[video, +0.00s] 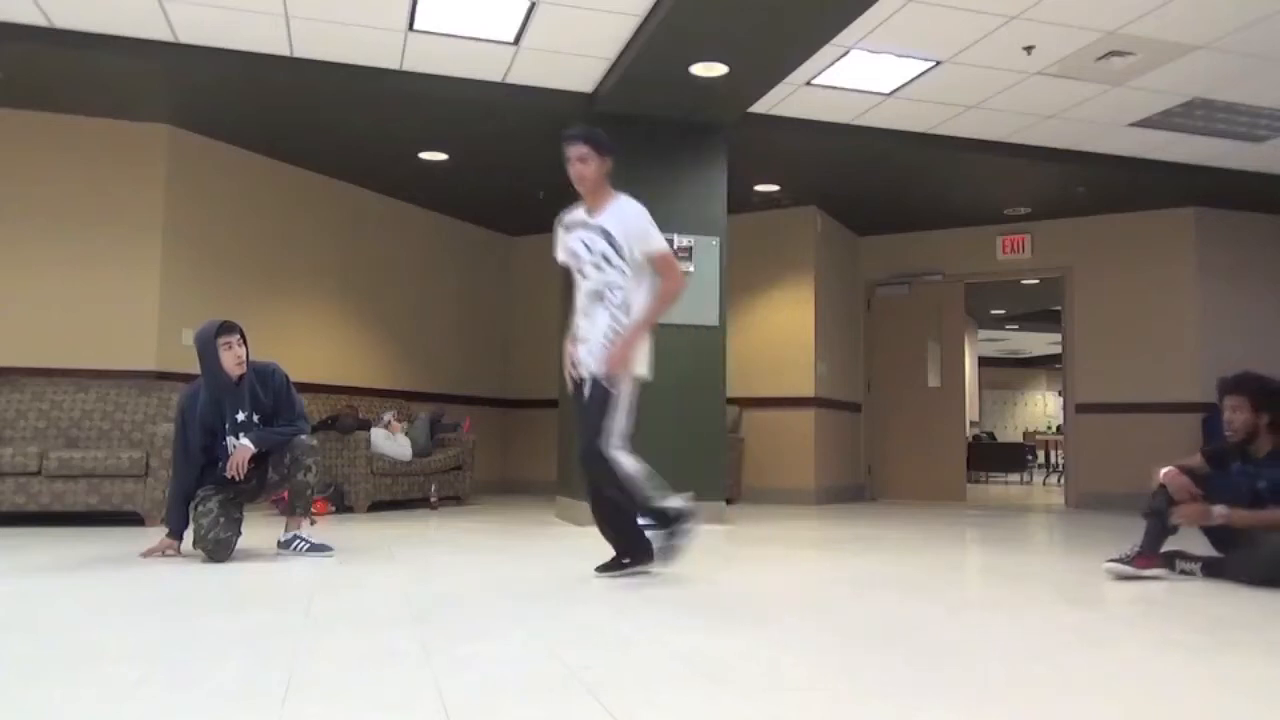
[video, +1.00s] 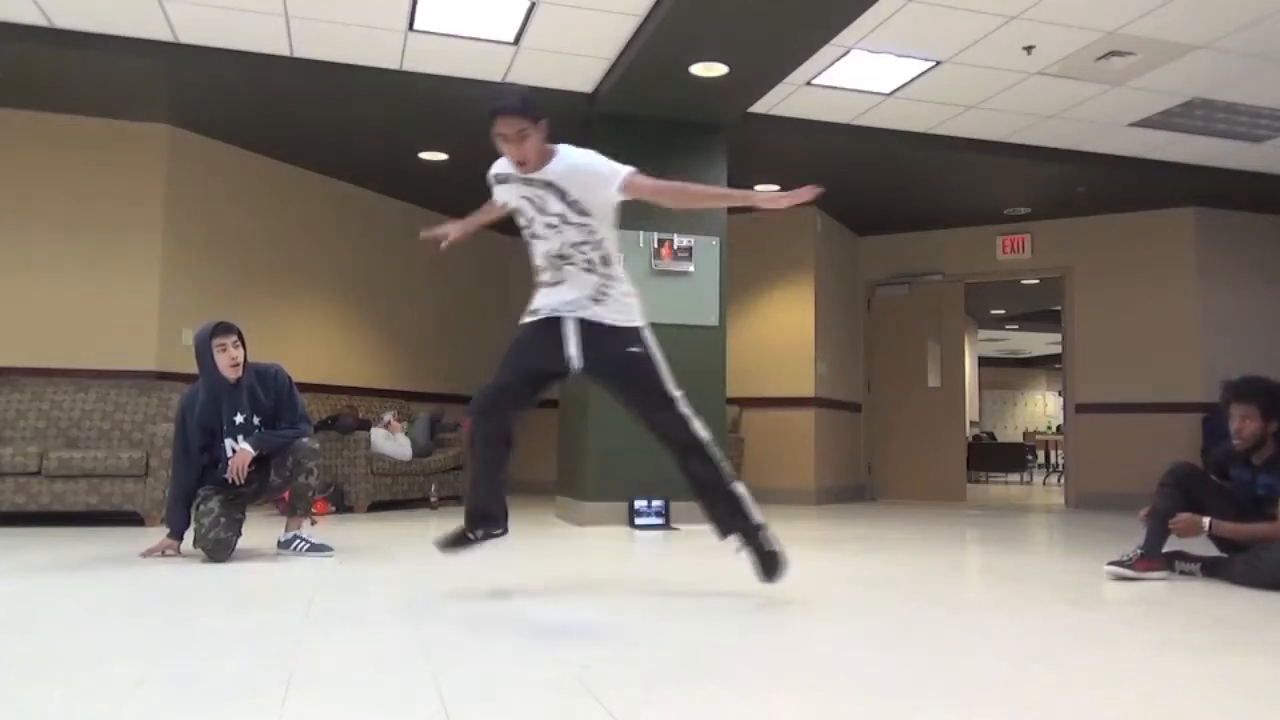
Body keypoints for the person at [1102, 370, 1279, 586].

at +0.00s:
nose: (1226, 419)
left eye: (1236, 411)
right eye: (1225, 411)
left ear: (1263, 416)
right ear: (1221, 413)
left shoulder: (1274, 460)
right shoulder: (1234, 452)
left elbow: (1275, 515)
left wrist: (1217, 515)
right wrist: (1167, 474)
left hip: (1266, 537)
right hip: (1234, 533)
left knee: (1268, 568)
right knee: (1174, 483)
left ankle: (1197, 565)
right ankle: (1147, 554)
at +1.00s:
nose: (1235, 428)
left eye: (1246, 420)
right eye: (1232, 418)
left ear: (1272, 425)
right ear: (1227, 419)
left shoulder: (1275, 466)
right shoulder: (1228, 457)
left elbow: (1276, 529)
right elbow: (1211, 496)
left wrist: (1207, 526)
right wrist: (1161, 510)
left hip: (1267, 544)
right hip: (1235, 534)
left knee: (1271, 571)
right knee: (1182, 474)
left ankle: (1202, 566)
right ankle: (1149, 554)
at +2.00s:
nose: (1220, 431)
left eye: (1230, 421)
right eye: (1214, 422)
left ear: (1254, 425)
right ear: (1208, 426)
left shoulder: (1272, 459)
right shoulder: (1214, 456)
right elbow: (1216, 503)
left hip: (1267, 540)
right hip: (1228, 530)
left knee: (1272, 572)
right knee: (1166, 476)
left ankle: (1205, 566)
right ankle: (1145, 552)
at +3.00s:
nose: (1272, 407)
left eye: (1278, 400)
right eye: (1267, 399)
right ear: (1257, 403)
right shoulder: (1247, 442)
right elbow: (1245, 498)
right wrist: (1239, 528)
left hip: (1271, 530)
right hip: (1245, 527)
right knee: (1169, 489)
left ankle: (1212, 563)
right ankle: (1223, 560)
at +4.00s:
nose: (1249, 419)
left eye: (1260, 410)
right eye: (1243, 410)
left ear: (1276, 413)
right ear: (1235, 412)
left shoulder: (1275, 452)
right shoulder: (1232, 451)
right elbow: (1240, 503)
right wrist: (1237, 527)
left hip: (1270, 538)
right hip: (1237, 533)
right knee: (1145, 513)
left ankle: (1194, 561)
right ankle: (1209, 567)